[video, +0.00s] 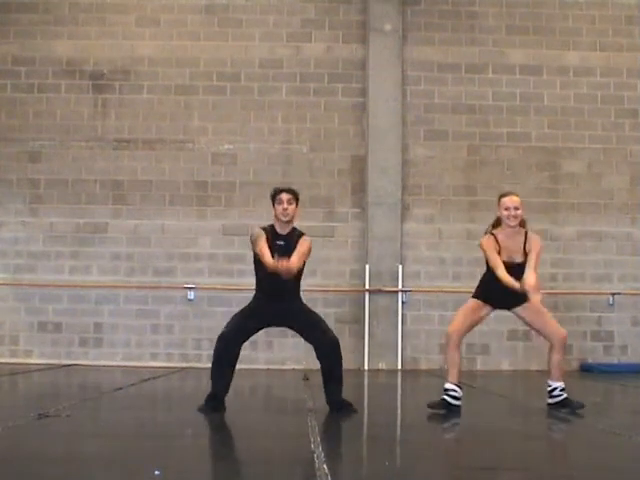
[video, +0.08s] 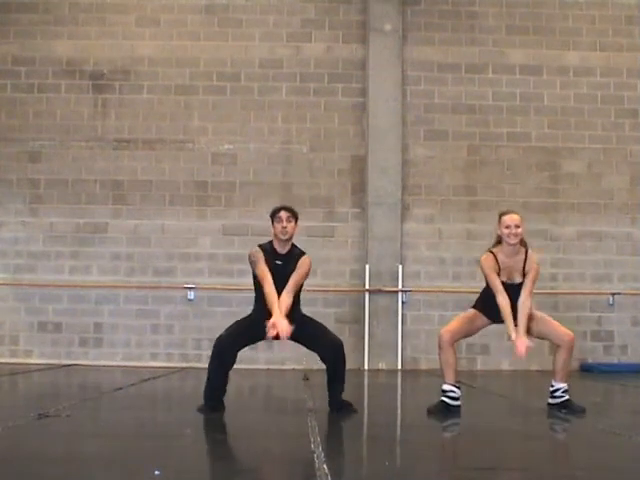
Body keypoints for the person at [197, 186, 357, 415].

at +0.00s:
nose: (285, 207)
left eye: (289, 203)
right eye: (280, 203)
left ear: (297, 208)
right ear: (273, 208)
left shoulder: (303, 240)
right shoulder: (260, 234)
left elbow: (294, 266)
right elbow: (267, 261)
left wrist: (281, 266)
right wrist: (282, 266)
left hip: (293, 309)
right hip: (261, 308)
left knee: (329, 343)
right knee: (228, 339)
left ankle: (335, 400)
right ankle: (216, 398)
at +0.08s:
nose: (284, 225)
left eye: (289, 221)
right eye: (279, 221)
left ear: (295, 227)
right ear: (272, 227)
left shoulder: (303, 260)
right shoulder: (258, 253)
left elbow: (290, 291)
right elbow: (266, 284)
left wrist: (278, 318)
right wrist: (278, 316)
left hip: (294, 321)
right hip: (261, 320)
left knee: (334, 347)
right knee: (224, 345)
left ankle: (336, 401)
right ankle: (213, 402)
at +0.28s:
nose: (285, 218)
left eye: (289, 214)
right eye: (279, 214)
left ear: (296, 219)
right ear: (272, 218)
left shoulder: (303, 249)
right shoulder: (257, 244)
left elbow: (290, 288)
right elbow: (262, 285)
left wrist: (281, 324)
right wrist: (269, 321)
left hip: (293, 312)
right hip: (260, 312)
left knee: (331, 349)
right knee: (225, 347)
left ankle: (336, 404)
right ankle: (214, 403)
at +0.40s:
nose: (285, 194)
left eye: (290, 189)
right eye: (280, 188)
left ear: (297, 187)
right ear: (273, 185)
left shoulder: (303, 207)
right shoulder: (259, 202)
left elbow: (290, 247)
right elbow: (259, 243)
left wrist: (277, 283)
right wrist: (265, 280)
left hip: (289, 280)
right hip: (259, 279)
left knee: (310, 340)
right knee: (238, 339)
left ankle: (331, 398)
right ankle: (218, 398)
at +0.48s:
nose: (284, 183)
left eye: (289, 178)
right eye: (279, 177)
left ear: (296, 174)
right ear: (272, 172)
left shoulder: (301, 191)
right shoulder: (260, 185)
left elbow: (289, 231)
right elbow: (255, 222)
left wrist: (273, 265)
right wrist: (261, 259)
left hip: (286, 264)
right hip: (259, 262)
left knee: (295, 330)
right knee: (248, 330)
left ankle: (307, 392)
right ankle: (234, 392)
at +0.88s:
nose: (279, 190)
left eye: (284, 185)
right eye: (274, 185)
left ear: (290, 183)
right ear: (266, 180)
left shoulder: (295, 204)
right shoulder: (255, 193)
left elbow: (281, 246)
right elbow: (237, 225)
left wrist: (261, 281)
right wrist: (246, 260)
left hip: (279, 272)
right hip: (252, 270)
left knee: (284, 332)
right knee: (246, 331)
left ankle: (270, 390)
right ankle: (254, 393)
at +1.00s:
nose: (274, 230)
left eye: (279, 225)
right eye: (270, 224)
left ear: (287, 221)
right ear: (262, 217)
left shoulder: (290, 242)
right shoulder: (250, 222)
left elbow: (279, 285)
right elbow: (224, 229)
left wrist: (266, 323)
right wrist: (235, 259)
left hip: (279, 295)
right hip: (251, 293)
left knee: (299, 337)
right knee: (230, 334)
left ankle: (273, 388)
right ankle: (249, 387)